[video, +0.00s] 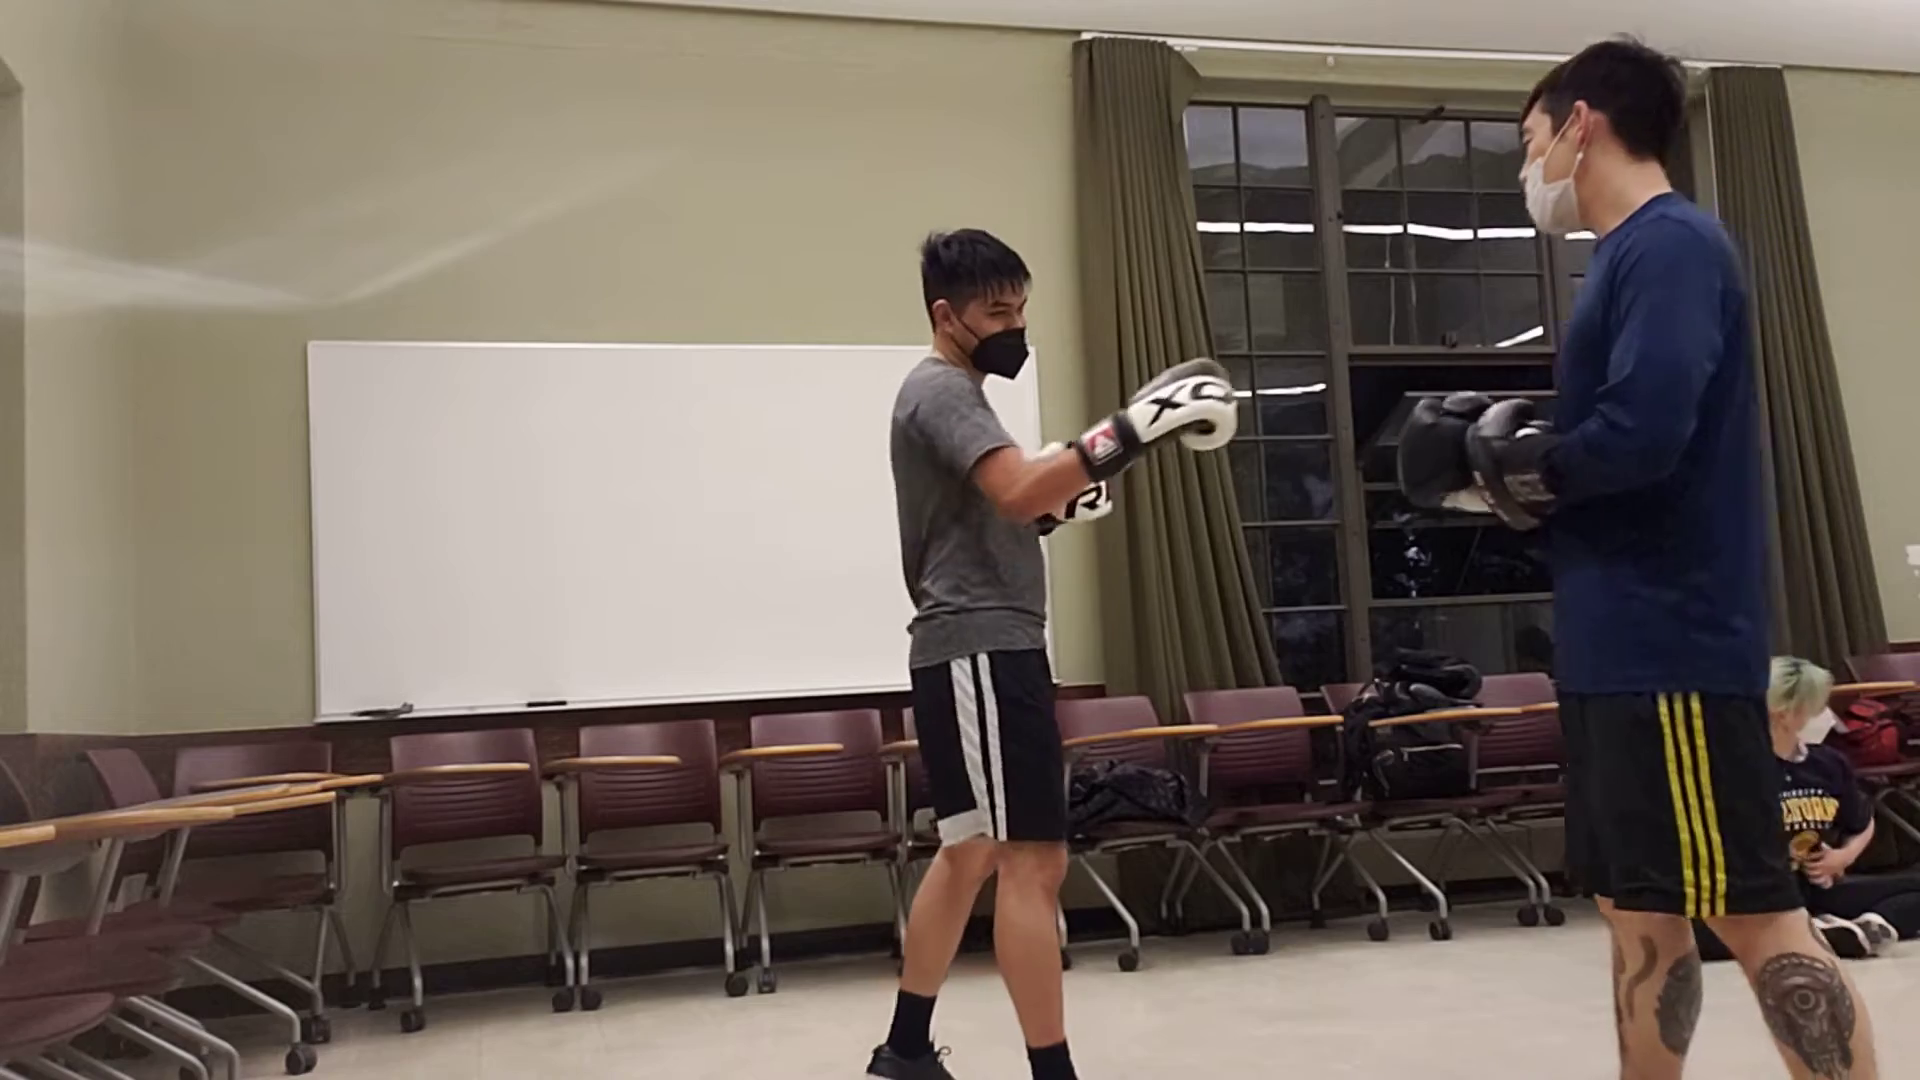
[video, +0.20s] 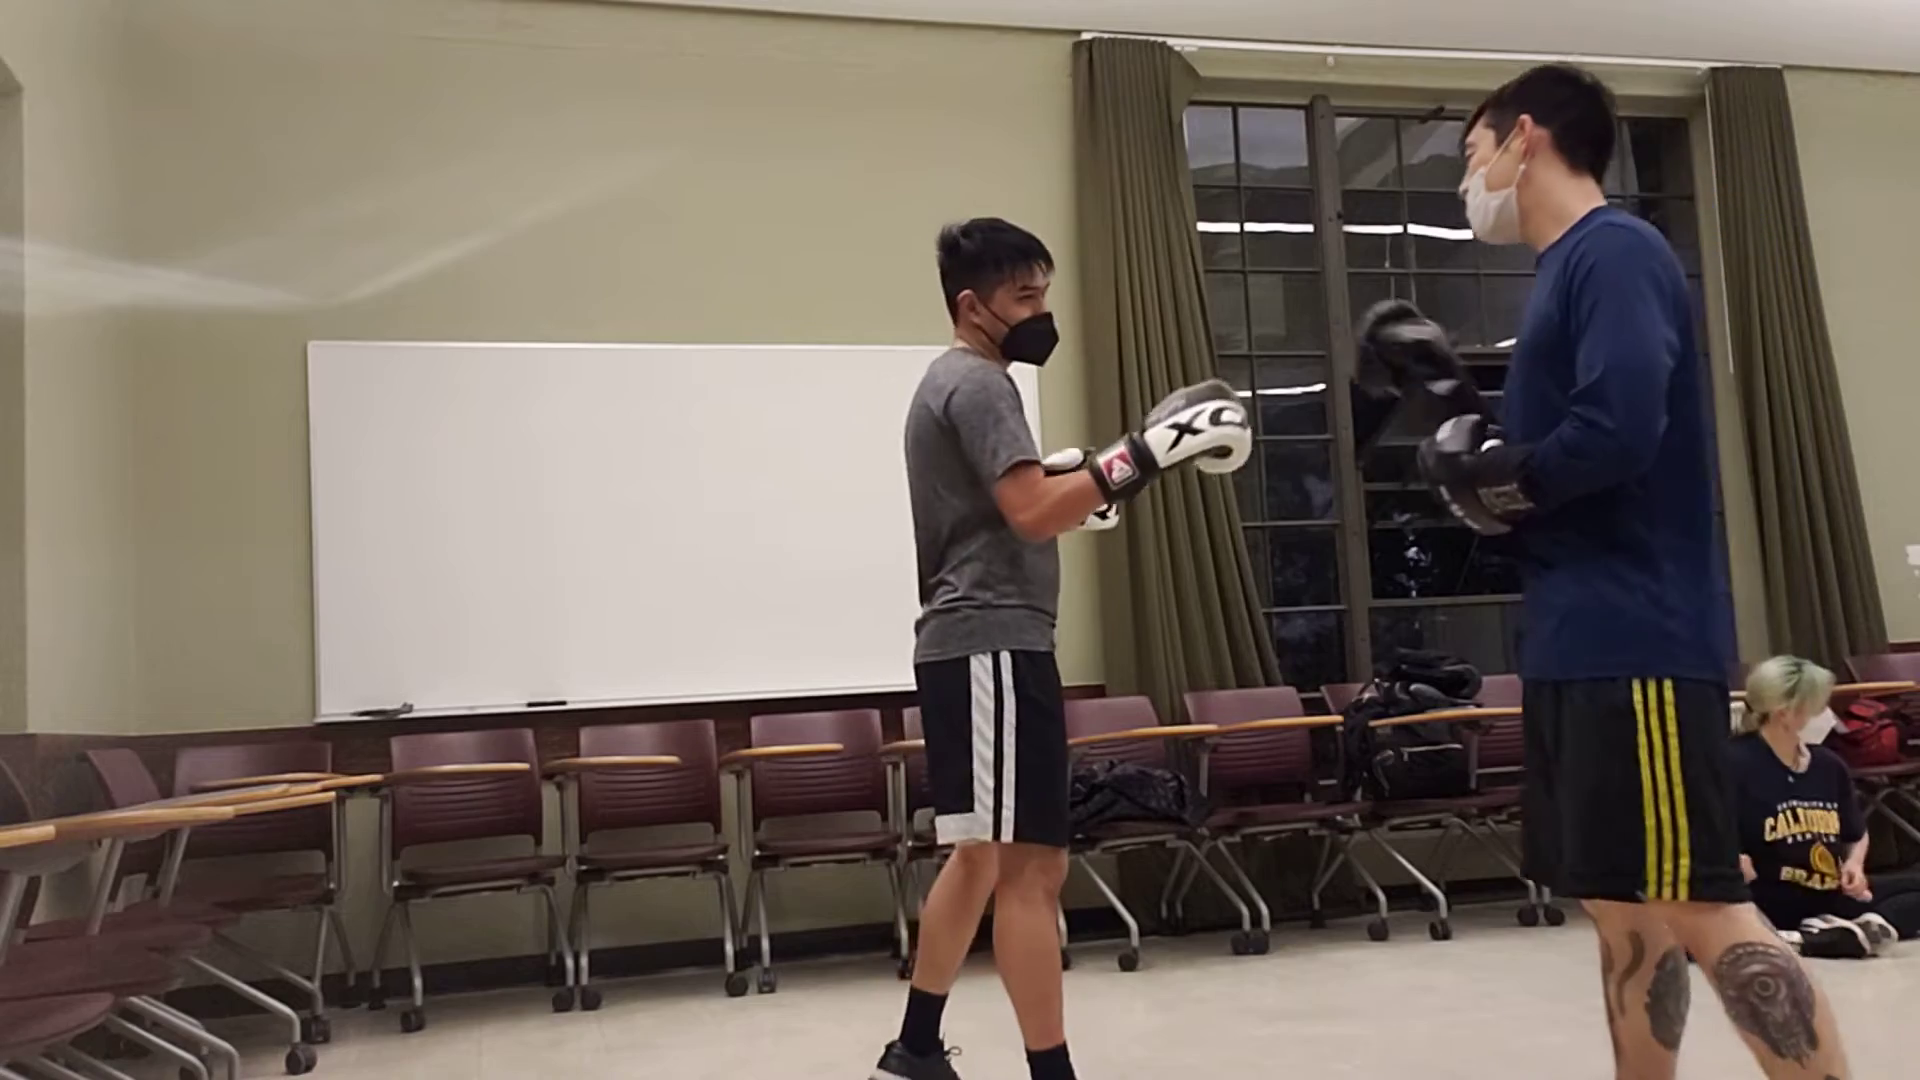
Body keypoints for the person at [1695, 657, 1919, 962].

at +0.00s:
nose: (1820, 720)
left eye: (1818, 712)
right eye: (1813, 712)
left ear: (1787, 714)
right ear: (1783, 714)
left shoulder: (1829, 763)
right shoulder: (1747, 766)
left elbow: (1865, 825)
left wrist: (1842, 858)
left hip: (1824, 892)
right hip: (1769, 895)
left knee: (1914, 887)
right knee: (1697, 935)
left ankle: (1866, 929)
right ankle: (1810, 935)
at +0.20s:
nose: (1822, 716)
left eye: (1821, 707)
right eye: (1814, 709)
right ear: (1784, 713)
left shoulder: (1829, 765)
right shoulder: (1734, 761)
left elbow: (1858, 834)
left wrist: (1854, 862)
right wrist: (1731, 856)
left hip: (1835, 898)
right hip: (1773, 901)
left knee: (1914, 891)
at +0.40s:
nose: (1823, 714)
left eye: (1821, 705)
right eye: (1813, 707)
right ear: (1781, 711)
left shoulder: (1830, 766)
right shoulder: (1732, 766)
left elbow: (1860, 833)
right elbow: (1679, 832)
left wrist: (1861, 861)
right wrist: (1735, 867)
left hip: (1829, 899)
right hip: (1759, 903)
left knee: (1916, 892)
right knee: (1688, 922)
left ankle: (1852, 931)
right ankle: (1795, 943)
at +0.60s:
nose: (1819, 715)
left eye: (1818, 707)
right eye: (1812, 707)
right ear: (1782, 713)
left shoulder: (1832, 763)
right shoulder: (1731, 767)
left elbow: (1856, 817)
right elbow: (1680, 828)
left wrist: (1857, 849)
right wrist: (1719, 864)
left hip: (1827, 898)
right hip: (1753, 903)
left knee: (1917, 890)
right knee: (1668, 925)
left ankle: (1862, 929)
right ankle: (1789, 943)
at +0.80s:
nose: (1834, 723)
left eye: (1832, 713)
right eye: (1824, 716)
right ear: (1788, 721)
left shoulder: (1834, 760)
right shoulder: (1735, 765)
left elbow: (1843, 804)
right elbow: (1646, 790)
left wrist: (1829, 840)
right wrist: (1694, 854)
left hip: (1809, 894)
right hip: (1739, 900)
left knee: (1916, 889)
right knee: (1669, 922)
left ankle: (1858, 931)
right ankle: (1794, 943)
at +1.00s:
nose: (1835, 726)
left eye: (1833, 716)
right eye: (1825, 719)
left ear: (1793, 722)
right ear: (1789, 723)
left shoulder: (1834, 760)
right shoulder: (1736, 764)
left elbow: (1843, 804)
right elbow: (1645, 790)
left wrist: (1822, 845)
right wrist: (1692, 854)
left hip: (1809, 895)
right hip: (1738, 901)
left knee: (1917, 891)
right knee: (1669, 921)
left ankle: (1854, 931)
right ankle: (1795, 943)